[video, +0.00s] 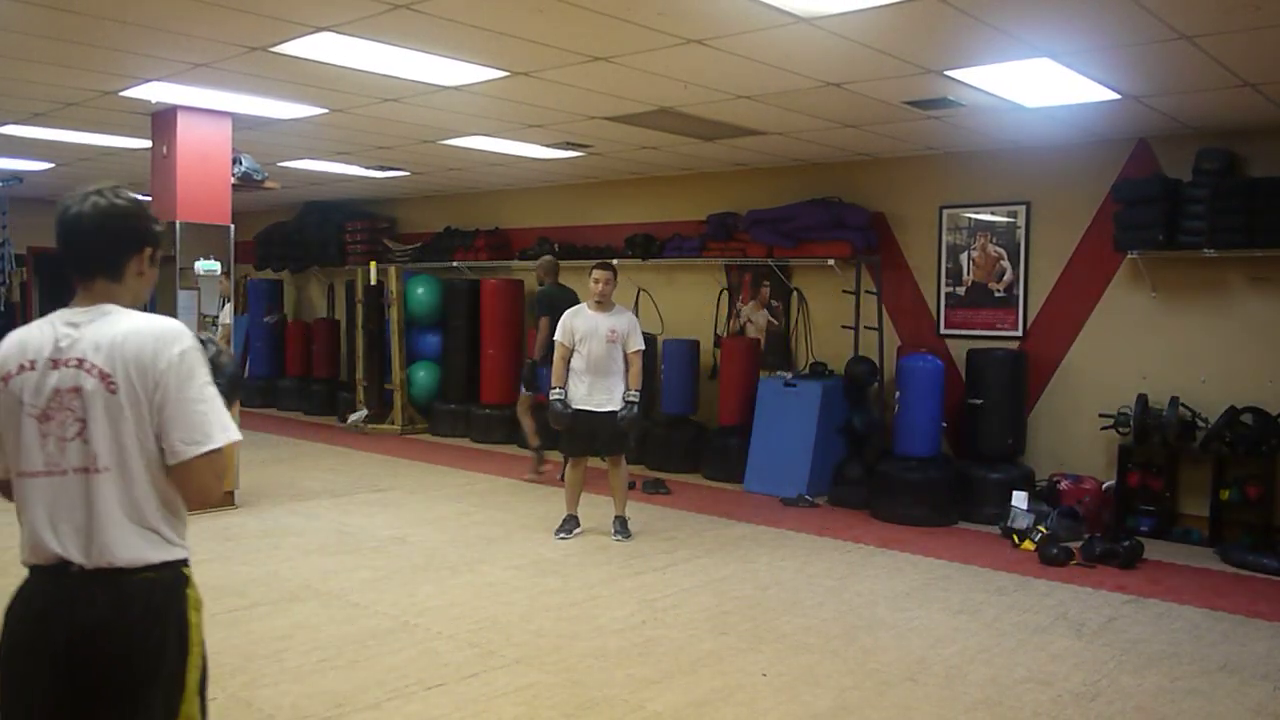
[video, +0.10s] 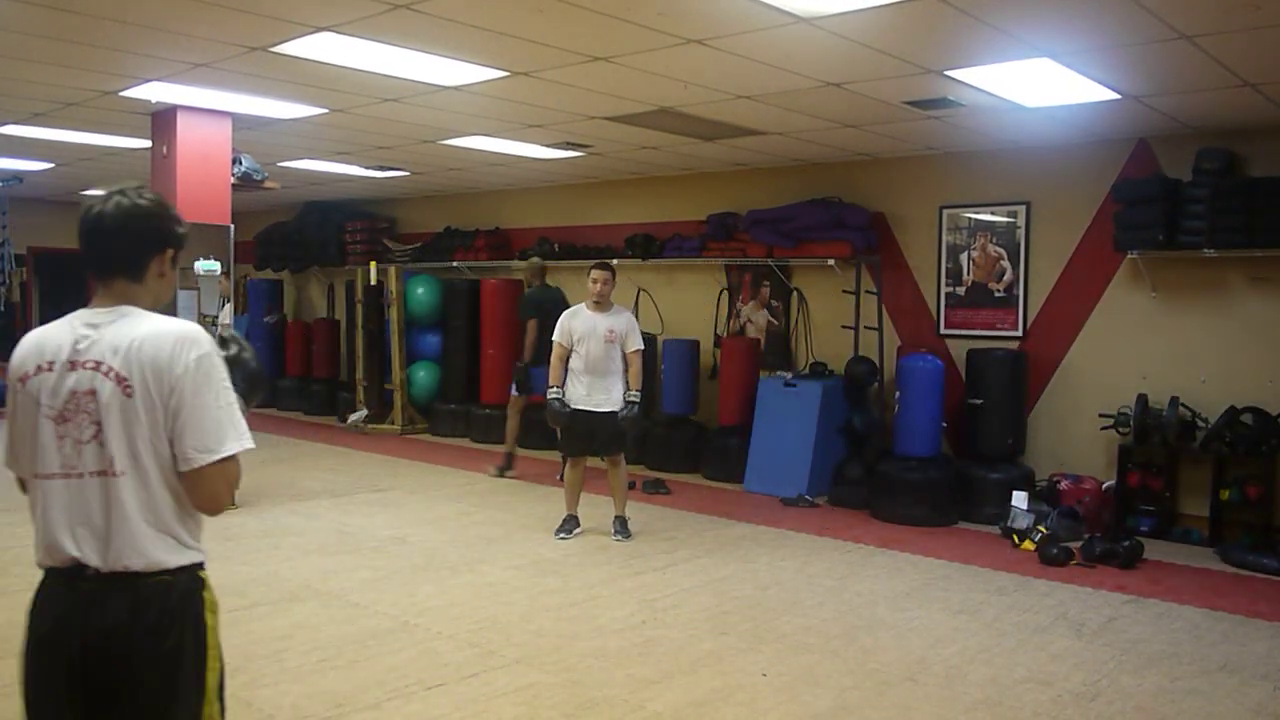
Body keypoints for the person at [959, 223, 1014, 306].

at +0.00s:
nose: (983, 241)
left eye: (986, 236)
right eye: (980, 236)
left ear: (990, 237)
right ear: (975, 237)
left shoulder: (999, 252)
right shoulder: (971, 252)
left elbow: (1009, 272)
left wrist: (1001, 286)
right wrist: (967, 277)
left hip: (990, 288)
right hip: (974, 287)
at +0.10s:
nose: (983, 241)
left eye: (986, 236)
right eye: (980, 236)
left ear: (990, 237)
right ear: (976, 237)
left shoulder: (999, 253)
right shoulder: (971, 252)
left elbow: (1009, 272)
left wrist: (1001, 286)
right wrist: (967, 276)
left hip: (989, 287)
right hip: (974, 287)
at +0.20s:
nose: (983, 241)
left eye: (986, 236)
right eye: (980, 237)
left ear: (990, 237)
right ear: (975, 237)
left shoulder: (999, 252)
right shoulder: (971, 252)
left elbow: (1009, 272)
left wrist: (1001, 286)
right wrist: (967, 277)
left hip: (990, 288)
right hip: (974, 287)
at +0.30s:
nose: (983, 241)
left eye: (986, 236)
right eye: (980, 237)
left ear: (990, 237)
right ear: (975, 237)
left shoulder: (999, 252)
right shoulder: (971, 252)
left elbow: (1009, 272)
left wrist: (1001, 286)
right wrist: (967, 277)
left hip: (990, 288)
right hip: (974, 287)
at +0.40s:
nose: (982, 241)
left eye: (985, 237)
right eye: (979, 237)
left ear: (990, 237)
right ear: (975, 237)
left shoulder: (999, 252)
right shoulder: (971, 252)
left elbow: (1009, 272)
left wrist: (1000, 286)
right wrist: (966, 278)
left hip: (990, 288)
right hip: (974, 286)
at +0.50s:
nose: (982, 241)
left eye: (985, 237)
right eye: (979, 237)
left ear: (990, 237)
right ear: (976, 237)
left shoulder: (999, 252)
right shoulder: (971, 252)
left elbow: (1009, 272)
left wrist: (1000, 286)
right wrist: (966, 278)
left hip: (990, 288)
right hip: (974, 286)